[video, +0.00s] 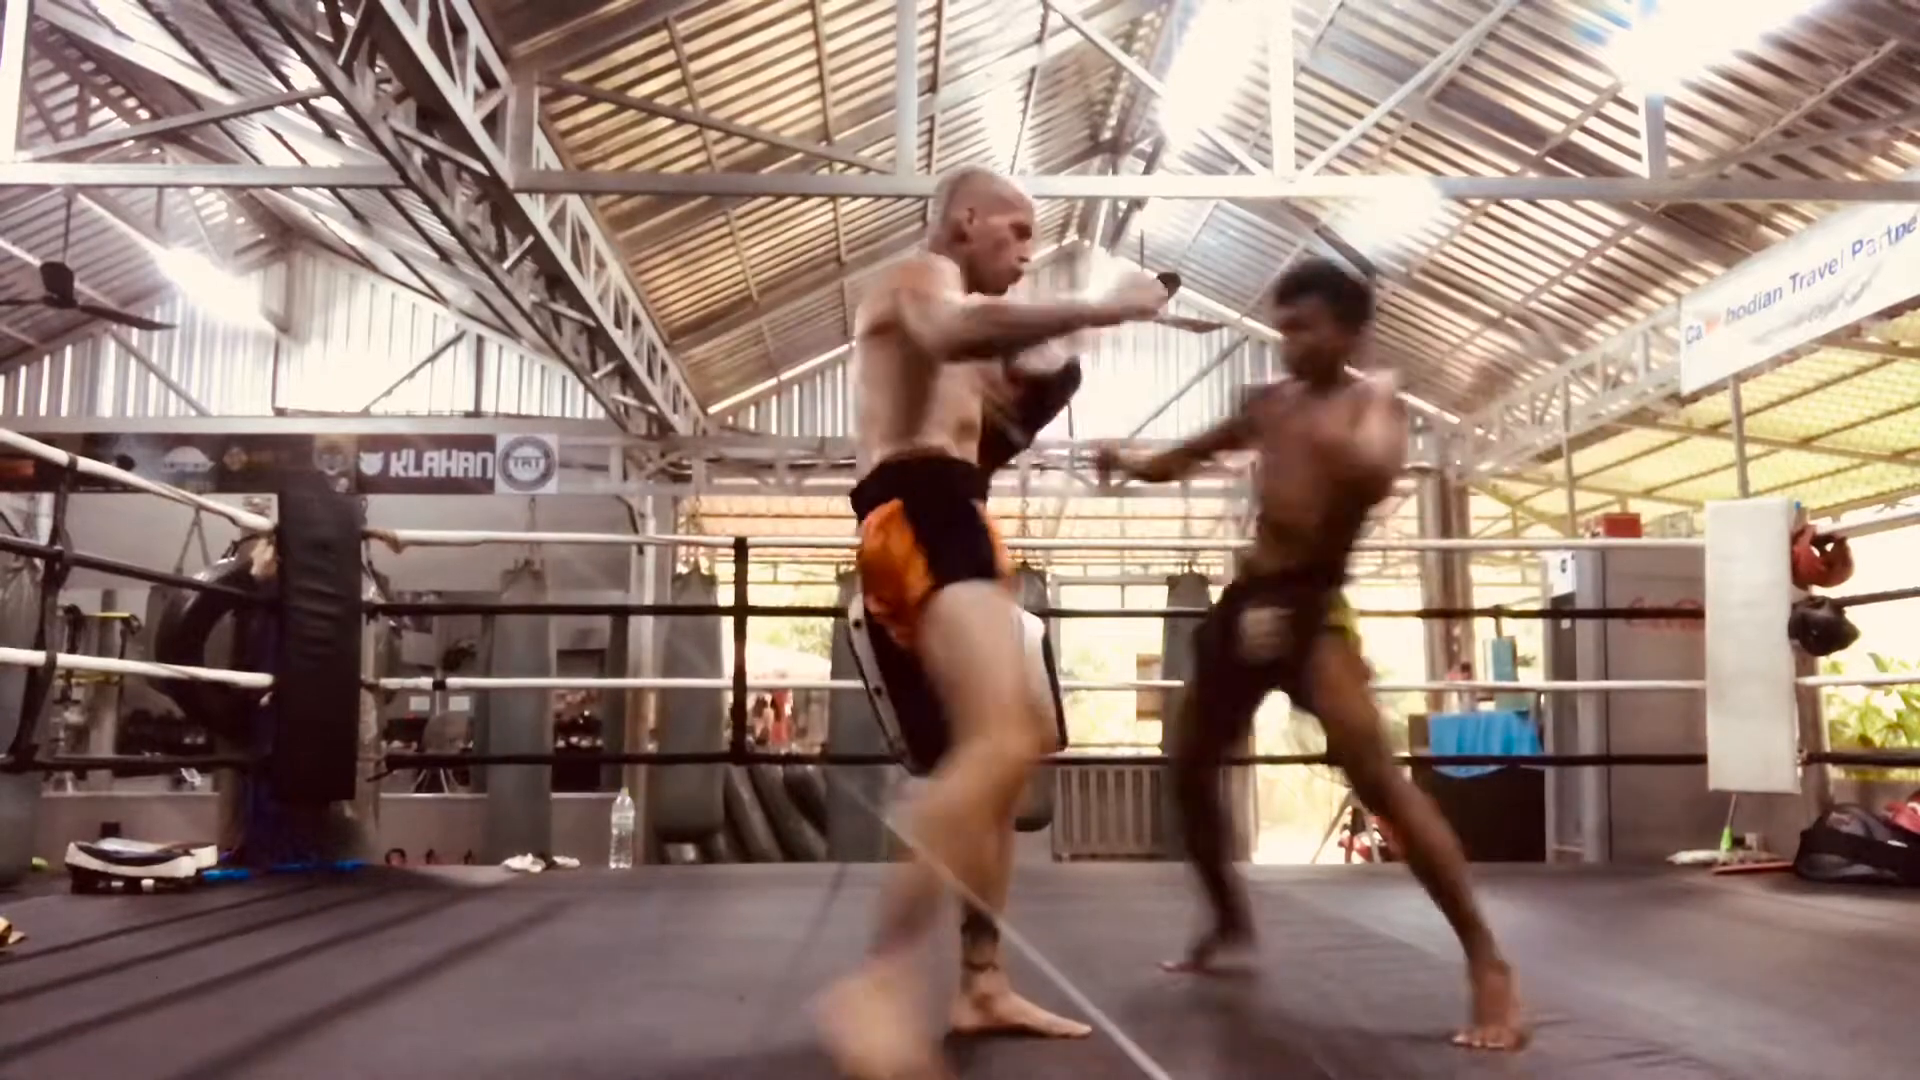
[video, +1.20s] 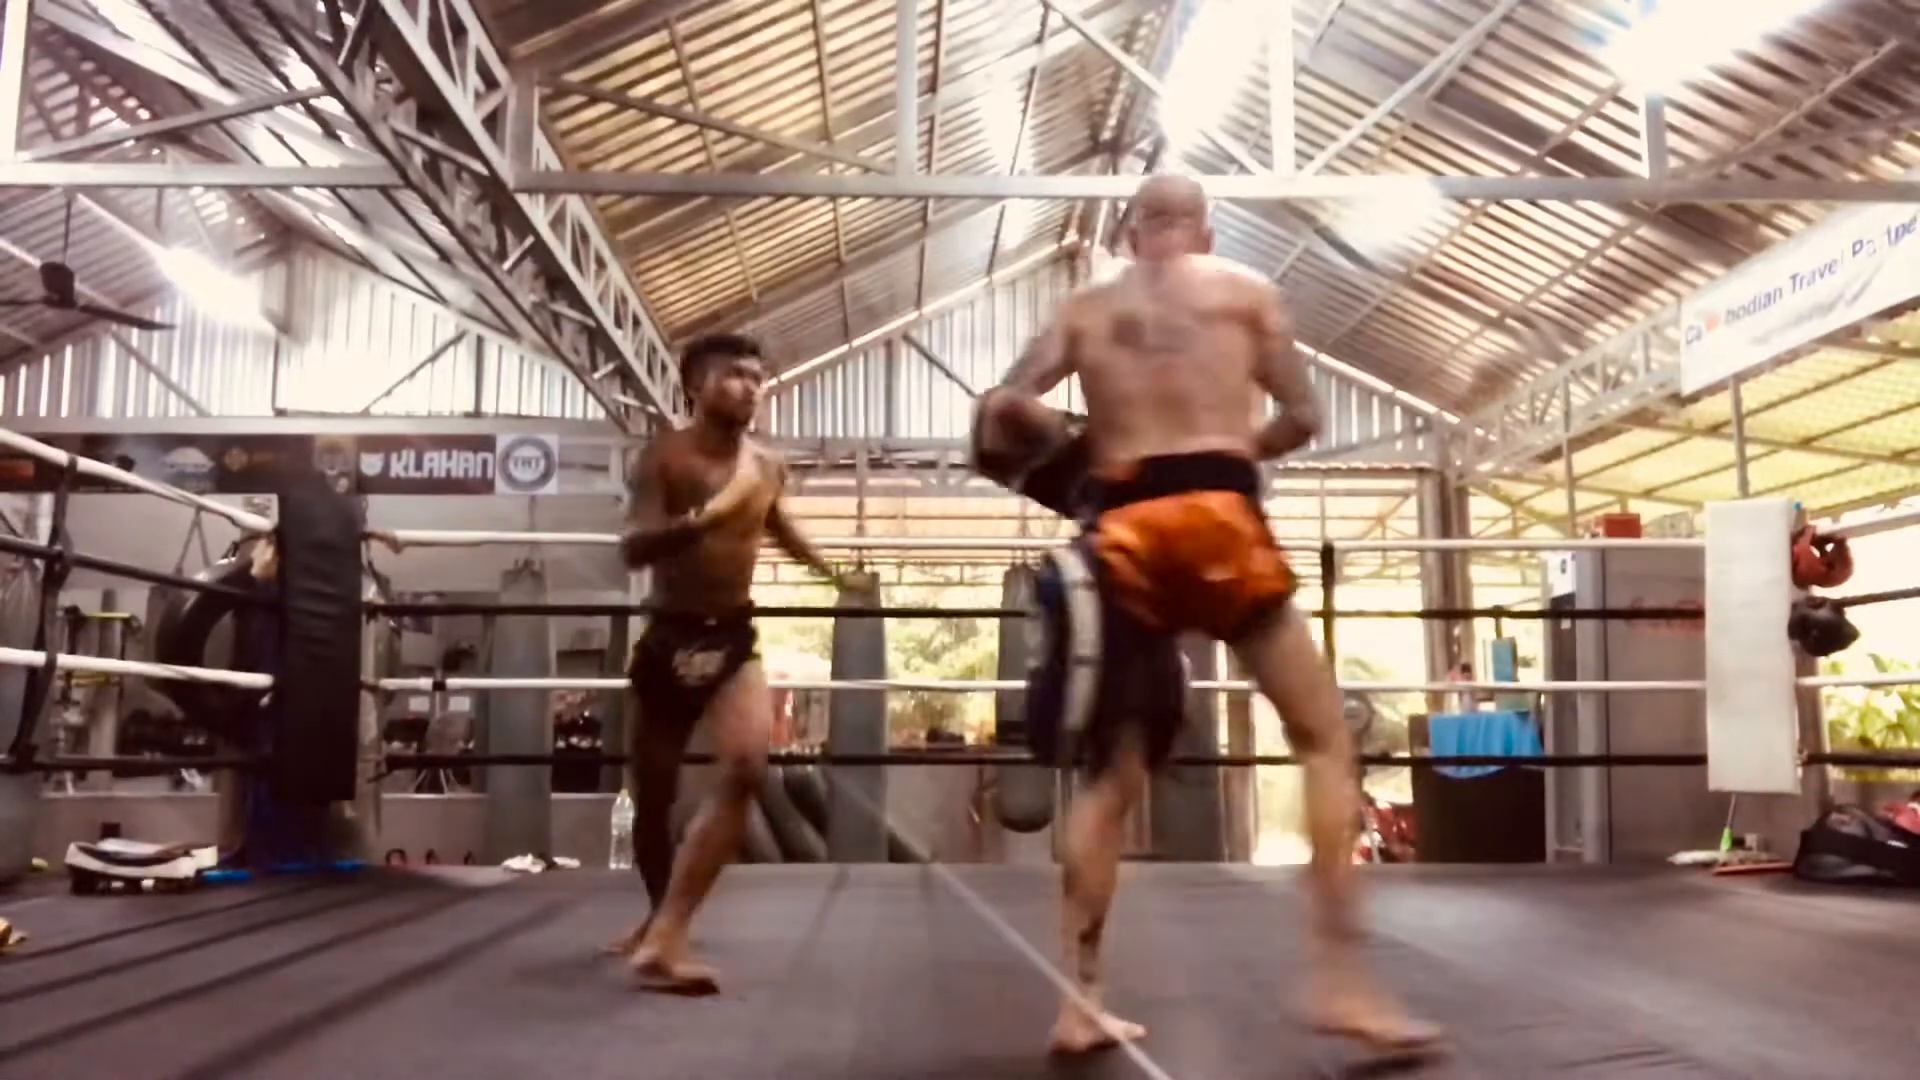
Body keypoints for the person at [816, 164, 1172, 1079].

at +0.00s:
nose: (1026, 248)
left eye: (1030, 236)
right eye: (1015, 230)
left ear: (985, 229)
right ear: (965, 221)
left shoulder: (964, 318)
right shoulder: (923, 272)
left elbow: (963, 451)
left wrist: (1027, 407)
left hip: (936, 513)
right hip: (918, 502)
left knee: (1011, 745)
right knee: (1004, 733)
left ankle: (984, 983)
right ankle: (880, 983)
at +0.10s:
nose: (1032, 255)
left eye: (1034, 240)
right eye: (1024, 235)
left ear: (969, 227)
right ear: (975, 223)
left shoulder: (943, 306)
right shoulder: (928, 278)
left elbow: (964, 467)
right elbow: (1028, 364)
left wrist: (1035, 427)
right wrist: (1119, 312)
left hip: (940, 531)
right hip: (898, 520)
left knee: (1002, 767)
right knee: (873, 780)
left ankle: (982, 988)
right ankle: (772, 1032)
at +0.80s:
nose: (1134, 240)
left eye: (1133, 222)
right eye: (1128, 220)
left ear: (1067, 214)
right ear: (1081, 213)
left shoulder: (1006, 288)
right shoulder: (1037, 259)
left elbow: (918, 440)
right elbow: (1102, 375)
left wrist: (1052, 482)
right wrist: (1171, 402)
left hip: (1005, 522)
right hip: (980, 509)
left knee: (1053, 765)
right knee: (902, 770)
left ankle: (1056, 993)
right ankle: (773, 1014)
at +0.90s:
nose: (1147, 254)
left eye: (1143, 239)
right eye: (1141, 237)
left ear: (1075, 231)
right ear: (1115, 229)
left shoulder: (1010, 314)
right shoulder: (1097, 277)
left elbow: (920, 438)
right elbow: (1166, 412)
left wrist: (974, 509)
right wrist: (1178, 455)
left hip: (991, 524)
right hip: (1033, 523)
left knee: (1083, 780)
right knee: (973, 782)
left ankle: (1075, 1004)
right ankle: (802, 993)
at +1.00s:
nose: (1162, 252)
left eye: (1155, 240)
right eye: (1158, 240)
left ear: (1082, 244)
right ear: (1144, 237)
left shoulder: (1028, 326)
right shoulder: (1149, 289)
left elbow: (946, 432)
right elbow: (1196, 411)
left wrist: (1007, 500)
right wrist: (1184, 478)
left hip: (1016, 533)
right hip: (1091, 520)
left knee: (1080, 788)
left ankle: (1077, 1006)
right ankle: (921, 942)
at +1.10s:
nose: (1181, 240)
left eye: (1168, 226)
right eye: (1178, 227)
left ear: (1105, 237)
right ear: (1172, 231)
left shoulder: (1051, 320)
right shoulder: (1195, 286)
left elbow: (975, 416)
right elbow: (1244, 420)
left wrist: (1044, 476)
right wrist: (1190, 475)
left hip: (1066, 528)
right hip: (1152, 514)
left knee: (1091, 776)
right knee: (1241, 761)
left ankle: (1077, 1000)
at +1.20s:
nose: (1197, 231)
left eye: (1184, 217)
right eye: (1195, 217)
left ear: (1133, 230)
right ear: (1201, 225)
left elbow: (1006, 405)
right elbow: (1303, 420)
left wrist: (1073, 443)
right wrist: (1231, 450)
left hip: (1122, 525)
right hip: (1223, 512)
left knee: (1108, 773)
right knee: (1324, 739)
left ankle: (1080, 1001)